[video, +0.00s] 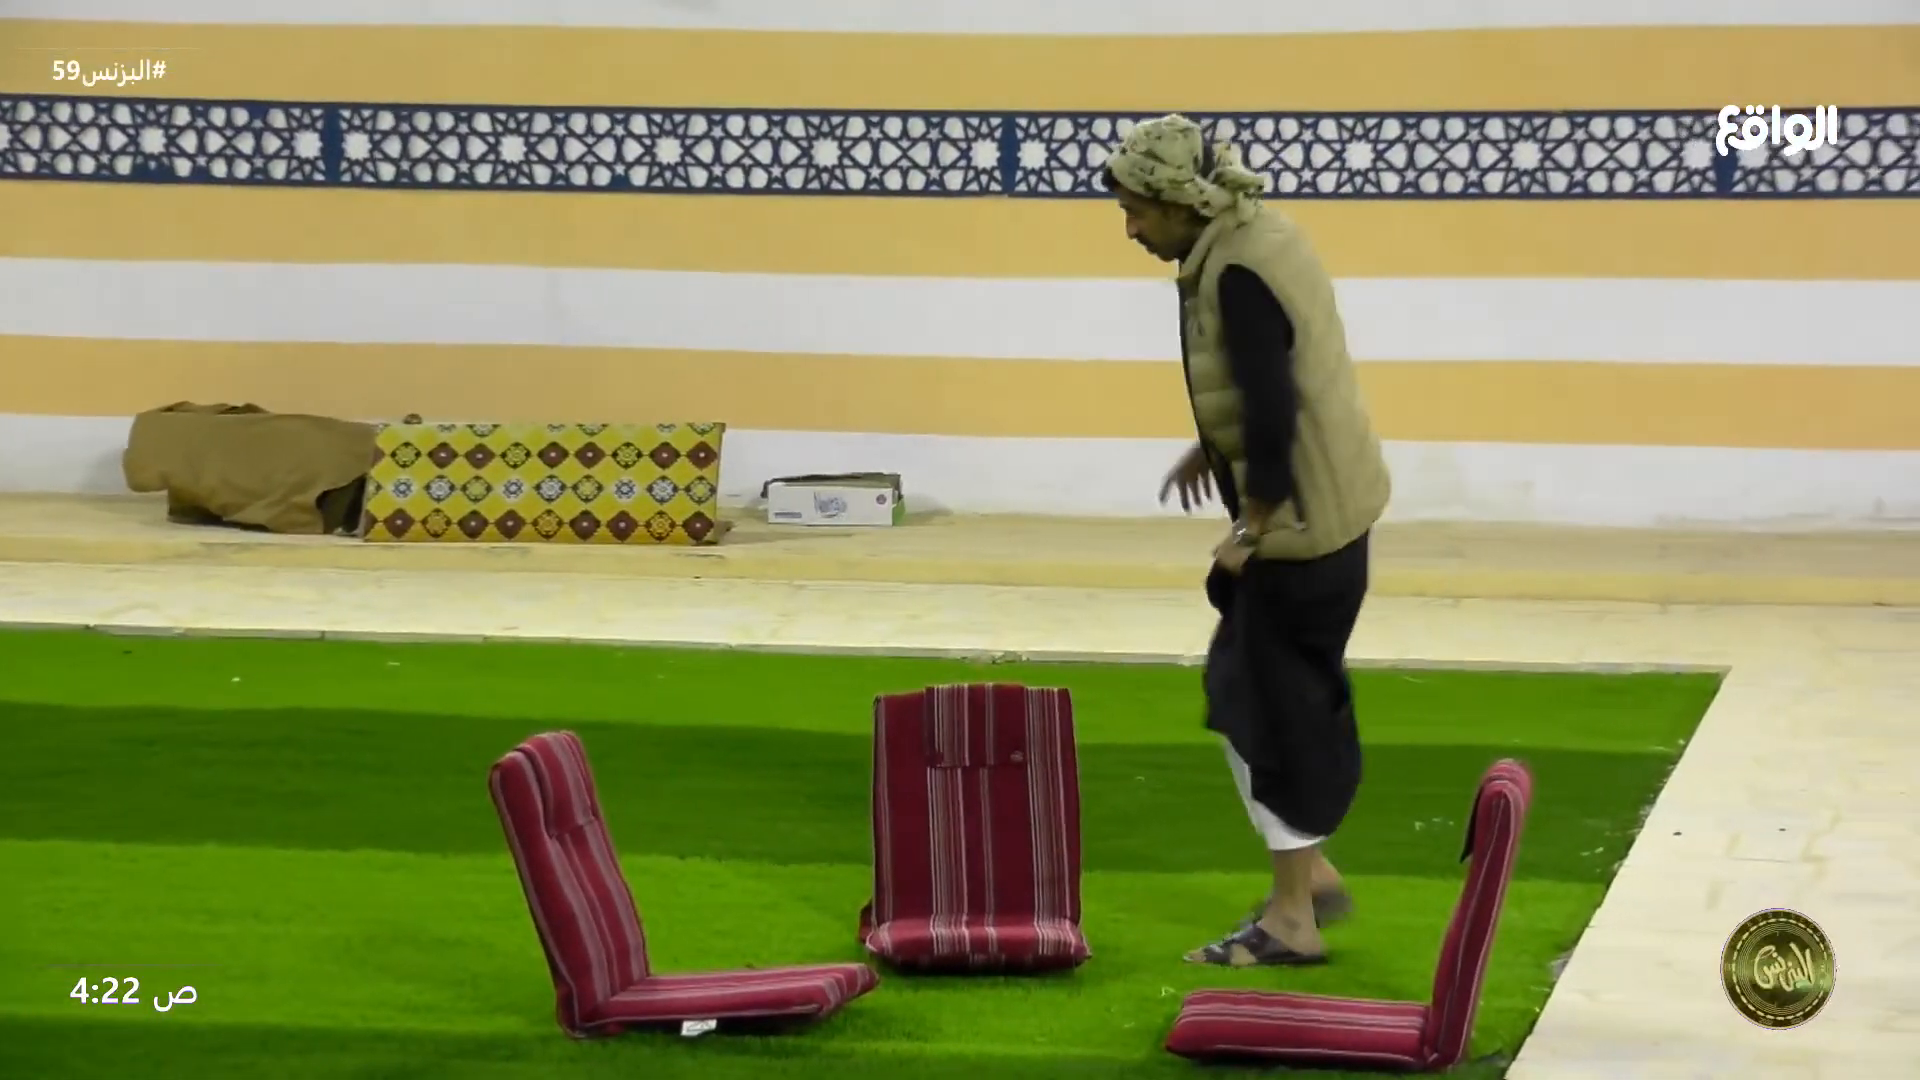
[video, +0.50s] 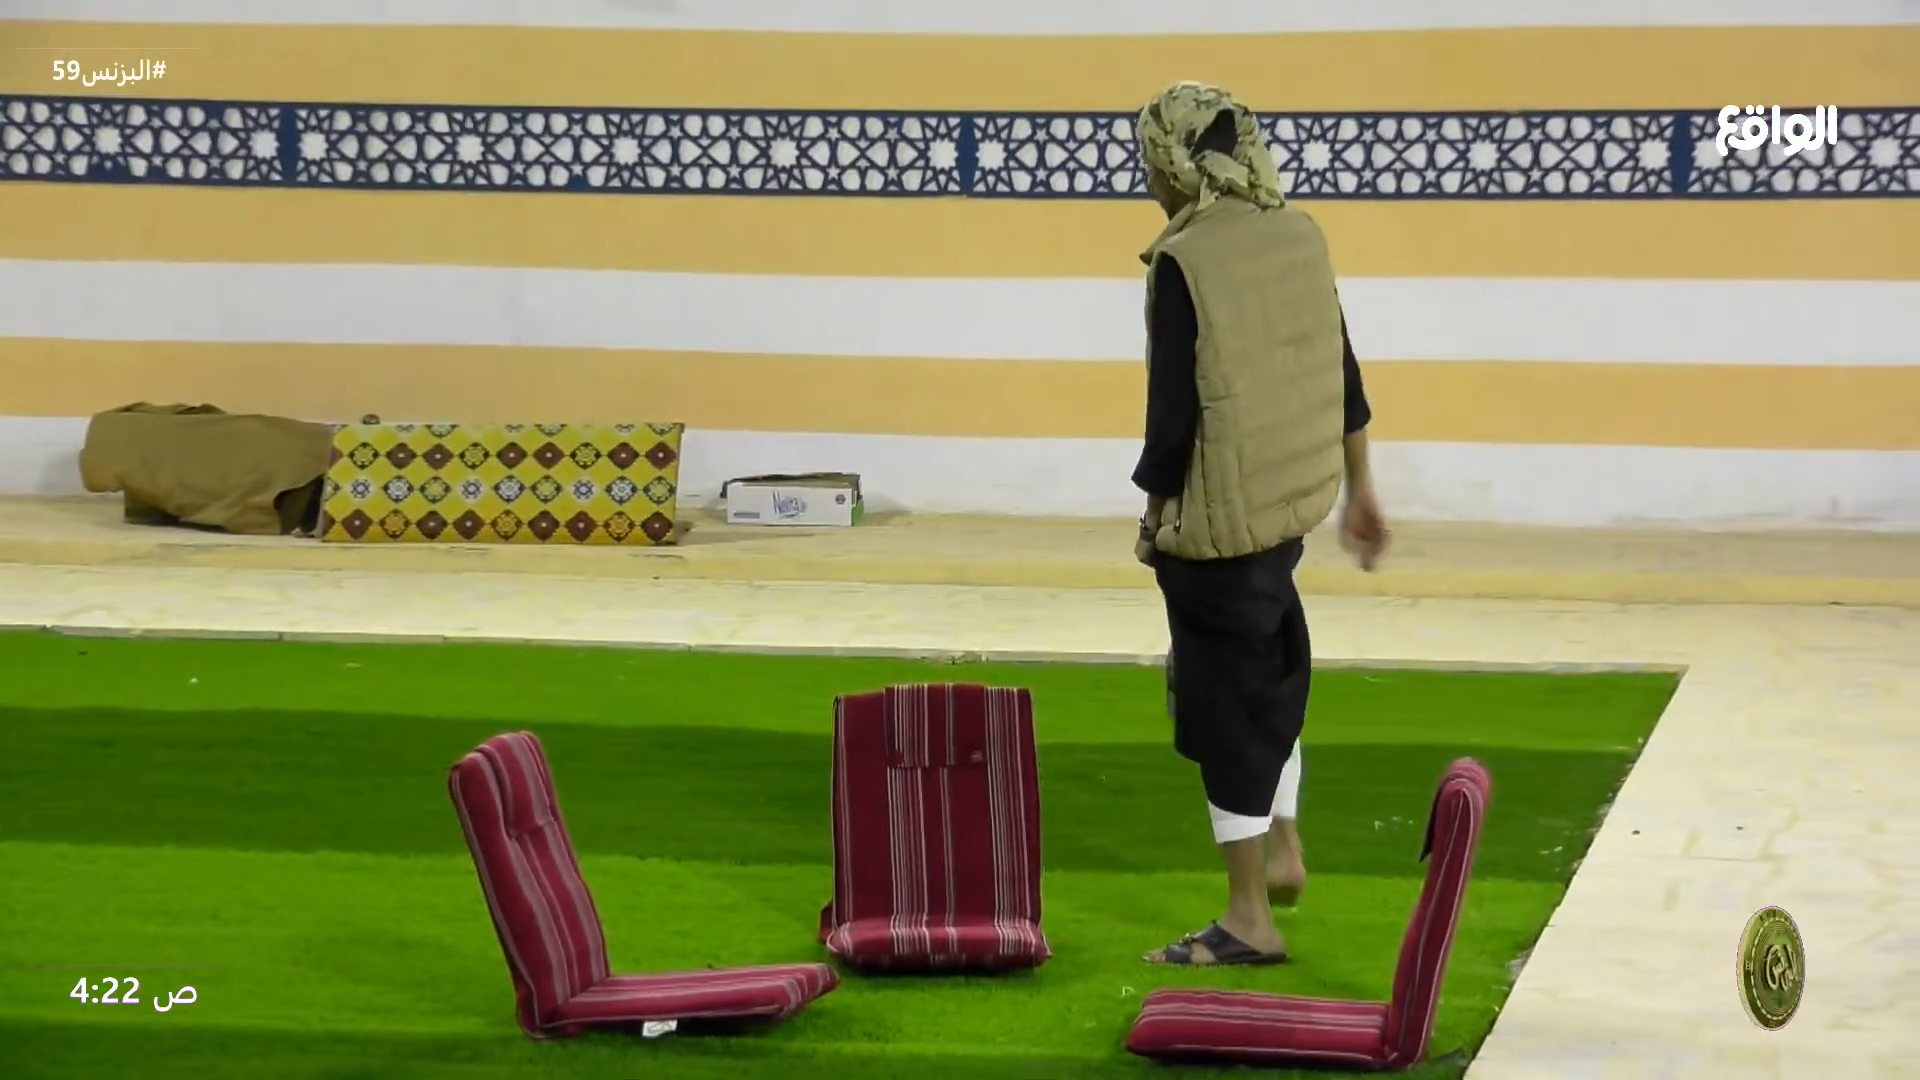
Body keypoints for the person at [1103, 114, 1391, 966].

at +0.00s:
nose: (1130, 230)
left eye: (1134, 213)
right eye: (1126, 215)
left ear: (1177, 198)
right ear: (1187, 196)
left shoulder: (1236, 271)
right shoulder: (1253, 239)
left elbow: (1272, 402)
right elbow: (1265, 374)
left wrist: (1252, 523)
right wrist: (1215, 443)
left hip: (1304, 534)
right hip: (1312, 515)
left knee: (1267, 706)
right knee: (1239, 686)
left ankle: (1292, 917)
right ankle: (1310, 873)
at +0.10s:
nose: (1123, 214)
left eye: (1124, 198)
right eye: (1120, 199)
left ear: (1157, 188)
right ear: (1190, 172)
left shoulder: (1209, 264)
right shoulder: (1268, 221)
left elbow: (1230, 397)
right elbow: (1254, 346)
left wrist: (1214, 518)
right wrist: (1193, 405)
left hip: (1267, 519)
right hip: (1317, 492)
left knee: (1256, 701)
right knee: (1206, 672)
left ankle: (1279, 920)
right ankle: (1258, 836)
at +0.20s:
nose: (1128, 200)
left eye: (1128, 184)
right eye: (1123, 185)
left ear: (1160, 179)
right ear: (1210, 157)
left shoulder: (1196, 262)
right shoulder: (1284, 221)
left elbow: (1205, 409)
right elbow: (1290, 353)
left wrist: (1193, 504)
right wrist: (1199, 412)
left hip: (1252, 511)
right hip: (1322, 483)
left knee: (1253, 696)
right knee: (1241, 643)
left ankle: (1270, 920)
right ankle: (1246, 799)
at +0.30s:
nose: (1137, 192)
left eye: (1137, 175)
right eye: (1133, 175)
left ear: (1164, 172)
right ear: (1224, 153)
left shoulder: (1187, 262)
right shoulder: (1293, 229)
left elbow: (1184, 405)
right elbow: (1303, 360)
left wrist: (1166, 503)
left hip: (1229, 520)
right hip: (1304, 497)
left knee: (1238, 710)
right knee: (1277, 632)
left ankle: (1258, 919)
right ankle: (1213, 736)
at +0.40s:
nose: (1139, 183)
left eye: (1142, 166)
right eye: (1138, 166)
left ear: (1169, 165)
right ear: (1229, 150)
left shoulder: (1183, 258)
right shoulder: (1298, 231)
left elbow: (1180, 403)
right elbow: (1334, 367)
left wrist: (1160, 501)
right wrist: (1298, 456)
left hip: (1221, 520)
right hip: (1297, 501)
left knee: (1231, 704)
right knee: (1272, 640)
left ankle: (1255, 919)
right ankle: (1271, 793)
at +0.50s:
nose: (1147, 173)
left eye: (1150, 158)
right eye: (1147, 157)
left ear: (1174, 162)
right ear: (1240, 148)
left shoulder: (1183, 258)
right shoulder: (1300, 234)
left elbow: (1174, 403)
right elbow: (1341, 369)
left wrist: (1153, 501)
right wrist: (1360, 486)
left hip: (1216, 517)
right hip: (1293, 502)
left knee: (1226, 697)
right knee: (1271, 658)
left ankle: (1249, 919)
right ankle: (1282, 843)